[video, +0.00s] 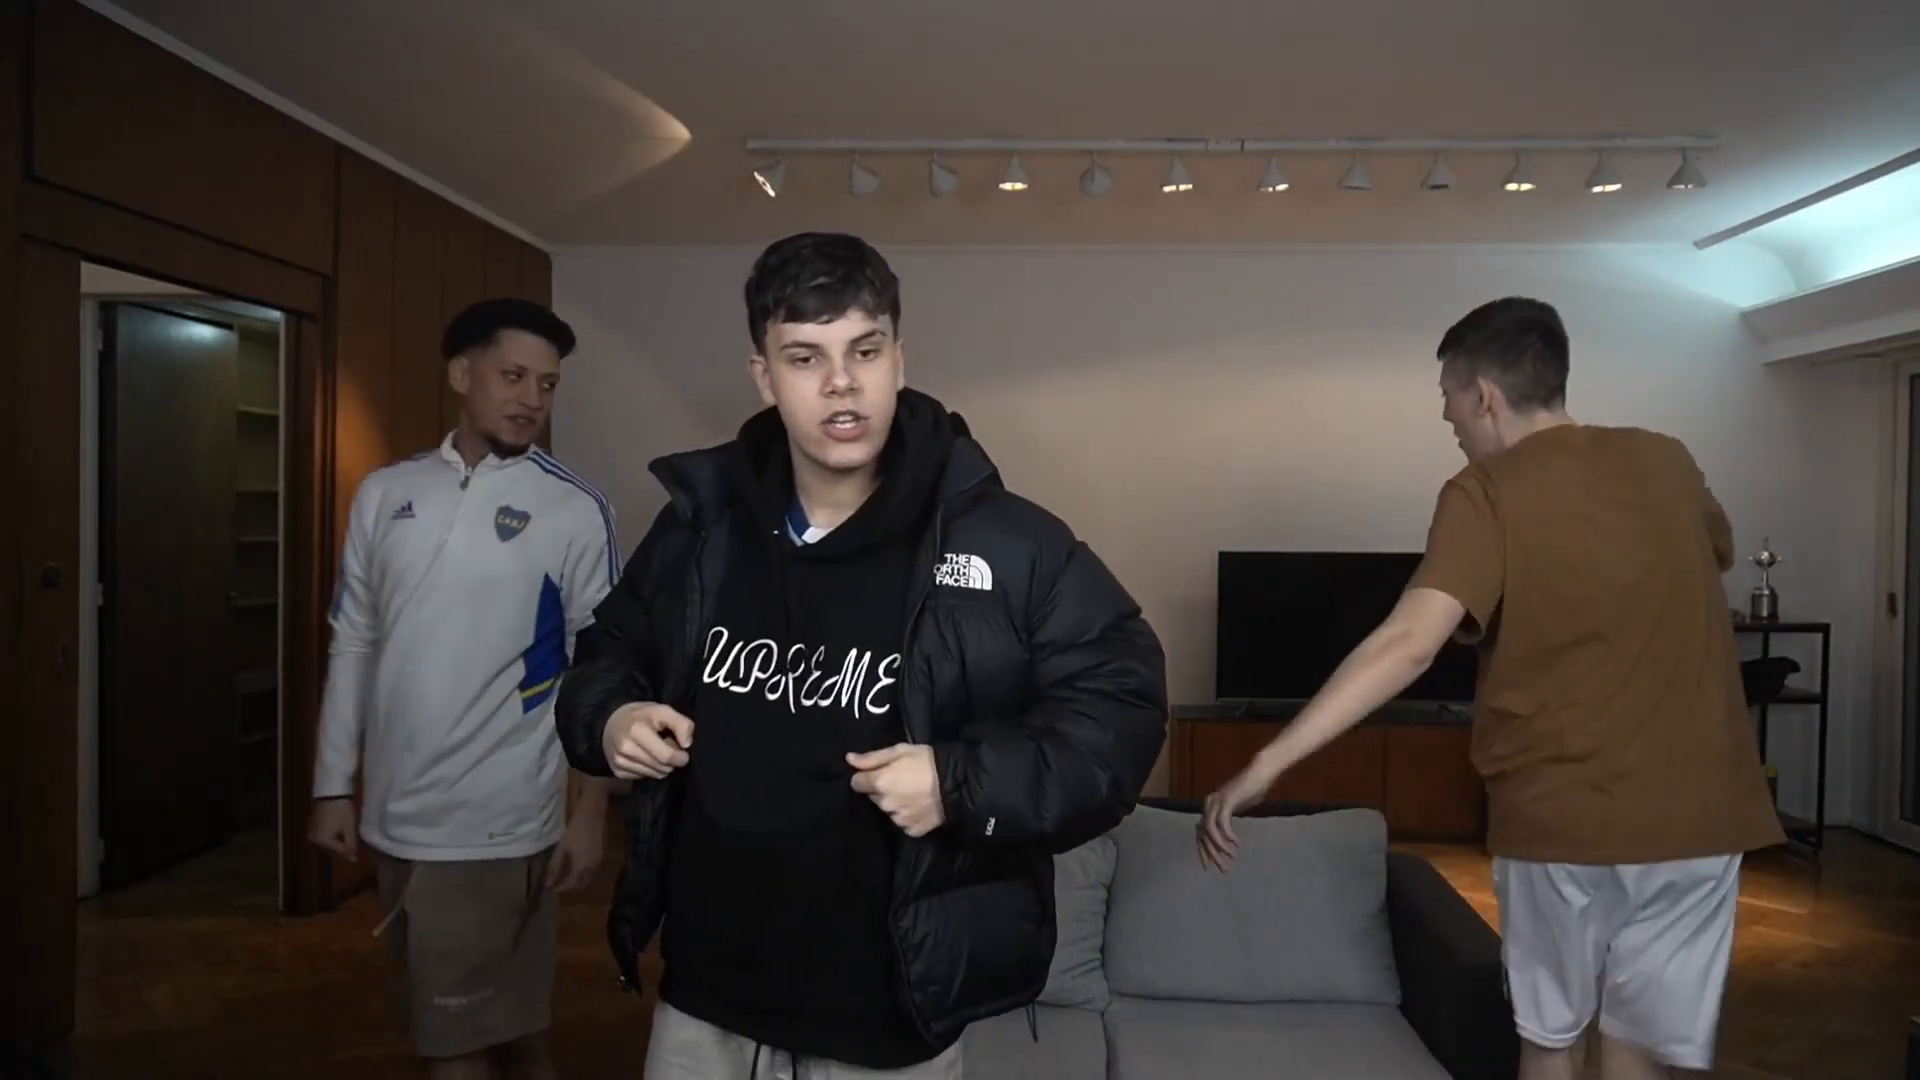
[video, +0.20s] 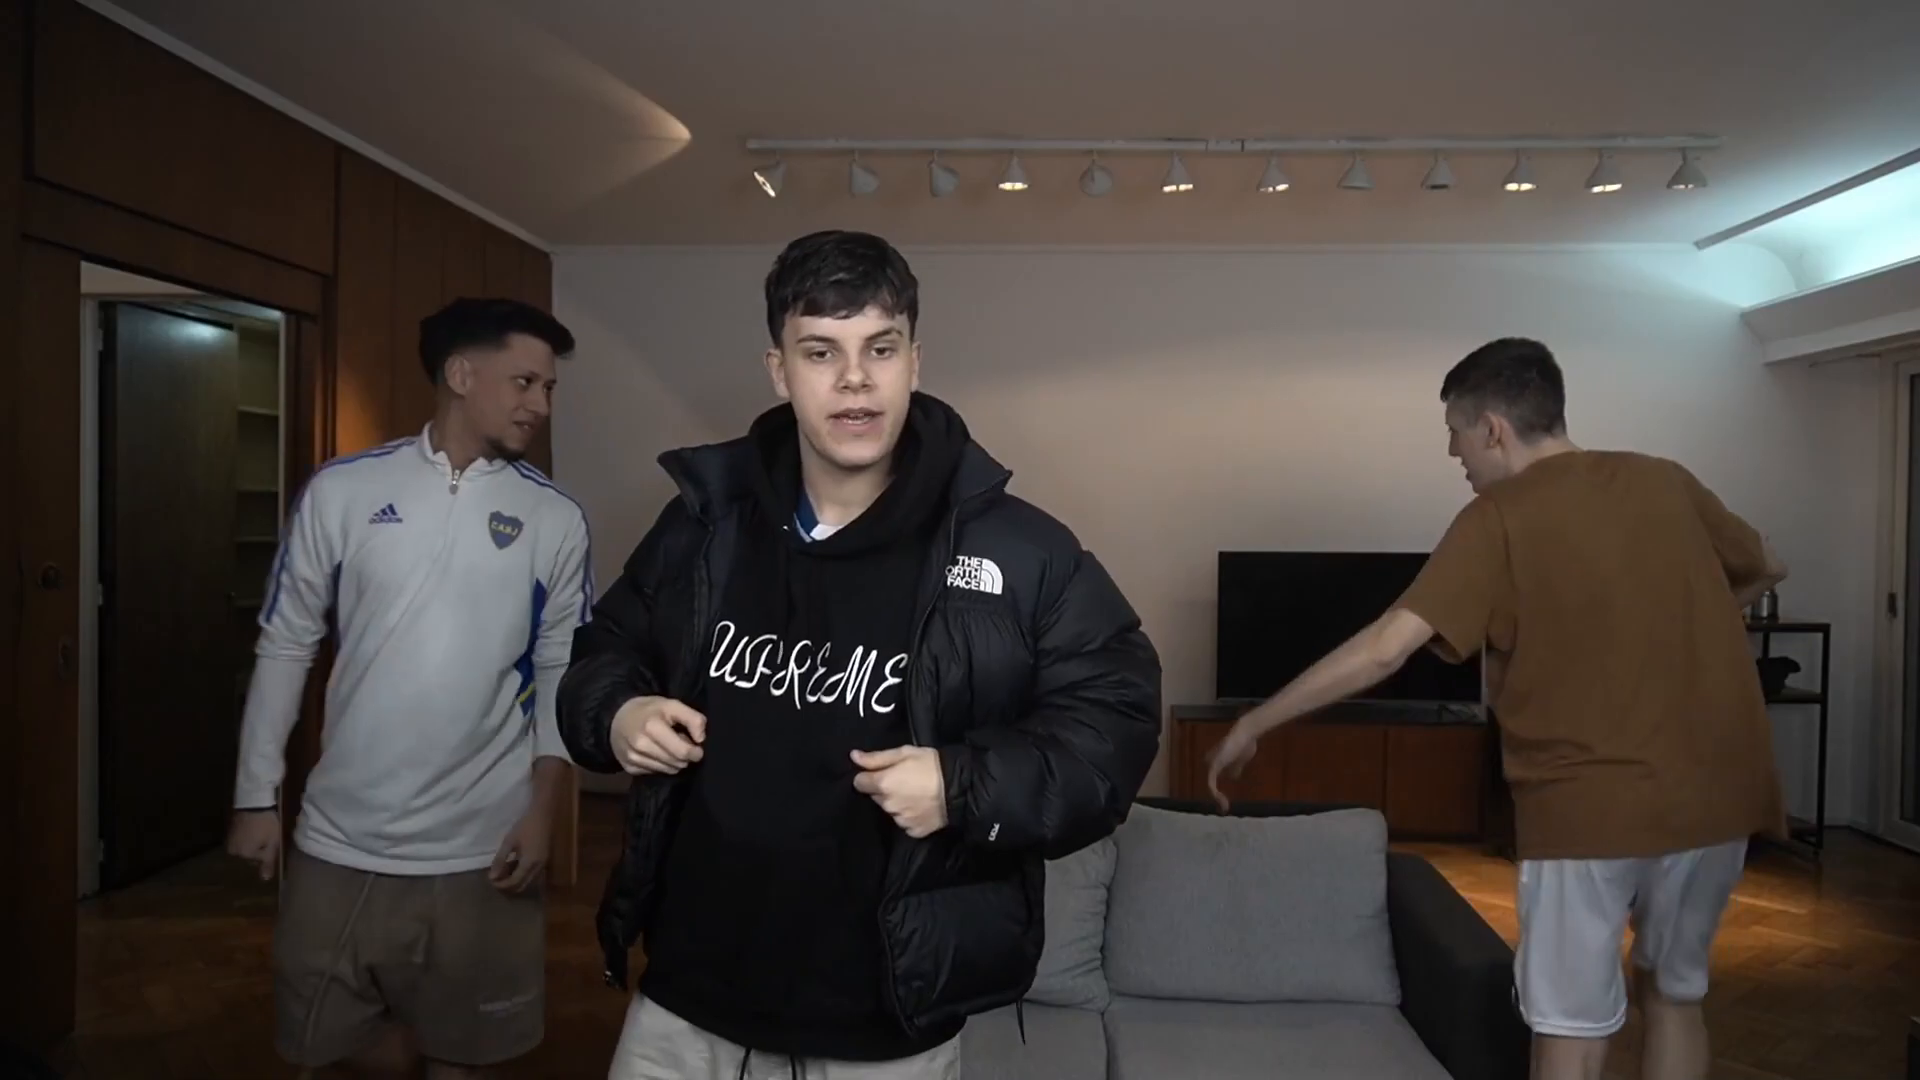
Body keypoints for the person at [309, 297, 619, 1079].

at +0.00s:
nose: (533, 398)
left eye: (546, 384)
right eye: (516, 376)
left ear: (553, 394)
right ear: (460, 373)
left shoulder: (574, 509)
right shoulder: (387, 495)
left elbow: (598, 663)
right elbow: (353, 642)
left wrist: (589, 809)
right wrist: (333, 787)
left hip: (506, 828)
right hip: (398, 819)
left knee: (457, 1046)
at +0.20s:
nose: (541, 406)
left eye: (547, 388)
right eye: (525, 382)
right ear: (459, 374)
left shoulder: (555, 521)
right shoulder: (341, 493)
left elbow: (559, 671)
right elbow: (286, 644)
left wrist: (546, 802)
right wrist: (256, 797)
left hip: (482, 861)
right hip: (340, 850)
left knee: (464, 1058)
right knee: (333, 1053)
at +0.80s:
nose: (374, 386)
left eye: (372, 364)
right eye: (365, 361)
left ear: (307, 359)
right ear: (309, 356)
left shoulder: (286, 482)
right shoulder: (208, 484)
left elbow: (272, 700)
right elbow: (167, 709)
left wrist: (333, 852)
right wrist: (278, 879)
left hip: (311, 888)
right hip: (194, 911)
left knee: (348, 1064)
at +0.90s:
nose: (337, 378)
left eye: (335, 356)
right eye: (326, 354)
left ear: (264, 357)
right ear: (265, 354)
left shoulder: (243, 478)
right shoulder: (176, 481)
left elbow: (236, 697)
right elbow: (128, 707)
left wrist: (292, 845)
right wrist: (280, 856)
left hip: (229, 903)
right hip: (151, 918)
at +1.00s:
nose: (305, 366)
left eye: (301, 344)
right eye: (286, 343)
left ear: (219, 350)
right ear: (217, 348)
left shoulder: (214, 470)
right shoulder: (142, 473)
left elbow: (209, 679)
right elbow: (79, 693)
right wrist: (257, 796)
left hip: (221, 889)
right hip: (135, 908)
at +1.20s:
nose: (253, 354)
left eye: (251, 332)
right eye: (230, 332)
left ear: (162, 344)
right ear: (153, 340)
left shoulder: (180, 463)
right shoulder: (101, 464)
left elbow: (172, 658)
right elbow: (33, 679)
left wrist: (241, 777)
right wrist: (194, 806)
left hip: (158, 884)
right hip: (91, 897)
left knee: (161, 1062)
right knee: (90, 1066)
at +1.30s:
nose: (238, 355)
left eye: (237, 334)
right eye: (215, 334)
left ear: (152, 347)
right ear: (141, 344)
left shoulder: (181, 472)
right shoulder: (87, 472)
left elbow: (182, 669)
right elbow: (54, 690)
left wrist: (204, 839)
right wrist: (142, 873)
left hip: (149, 873)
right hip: (72, 892)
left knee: (163, 1060)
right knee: (88, 1065)